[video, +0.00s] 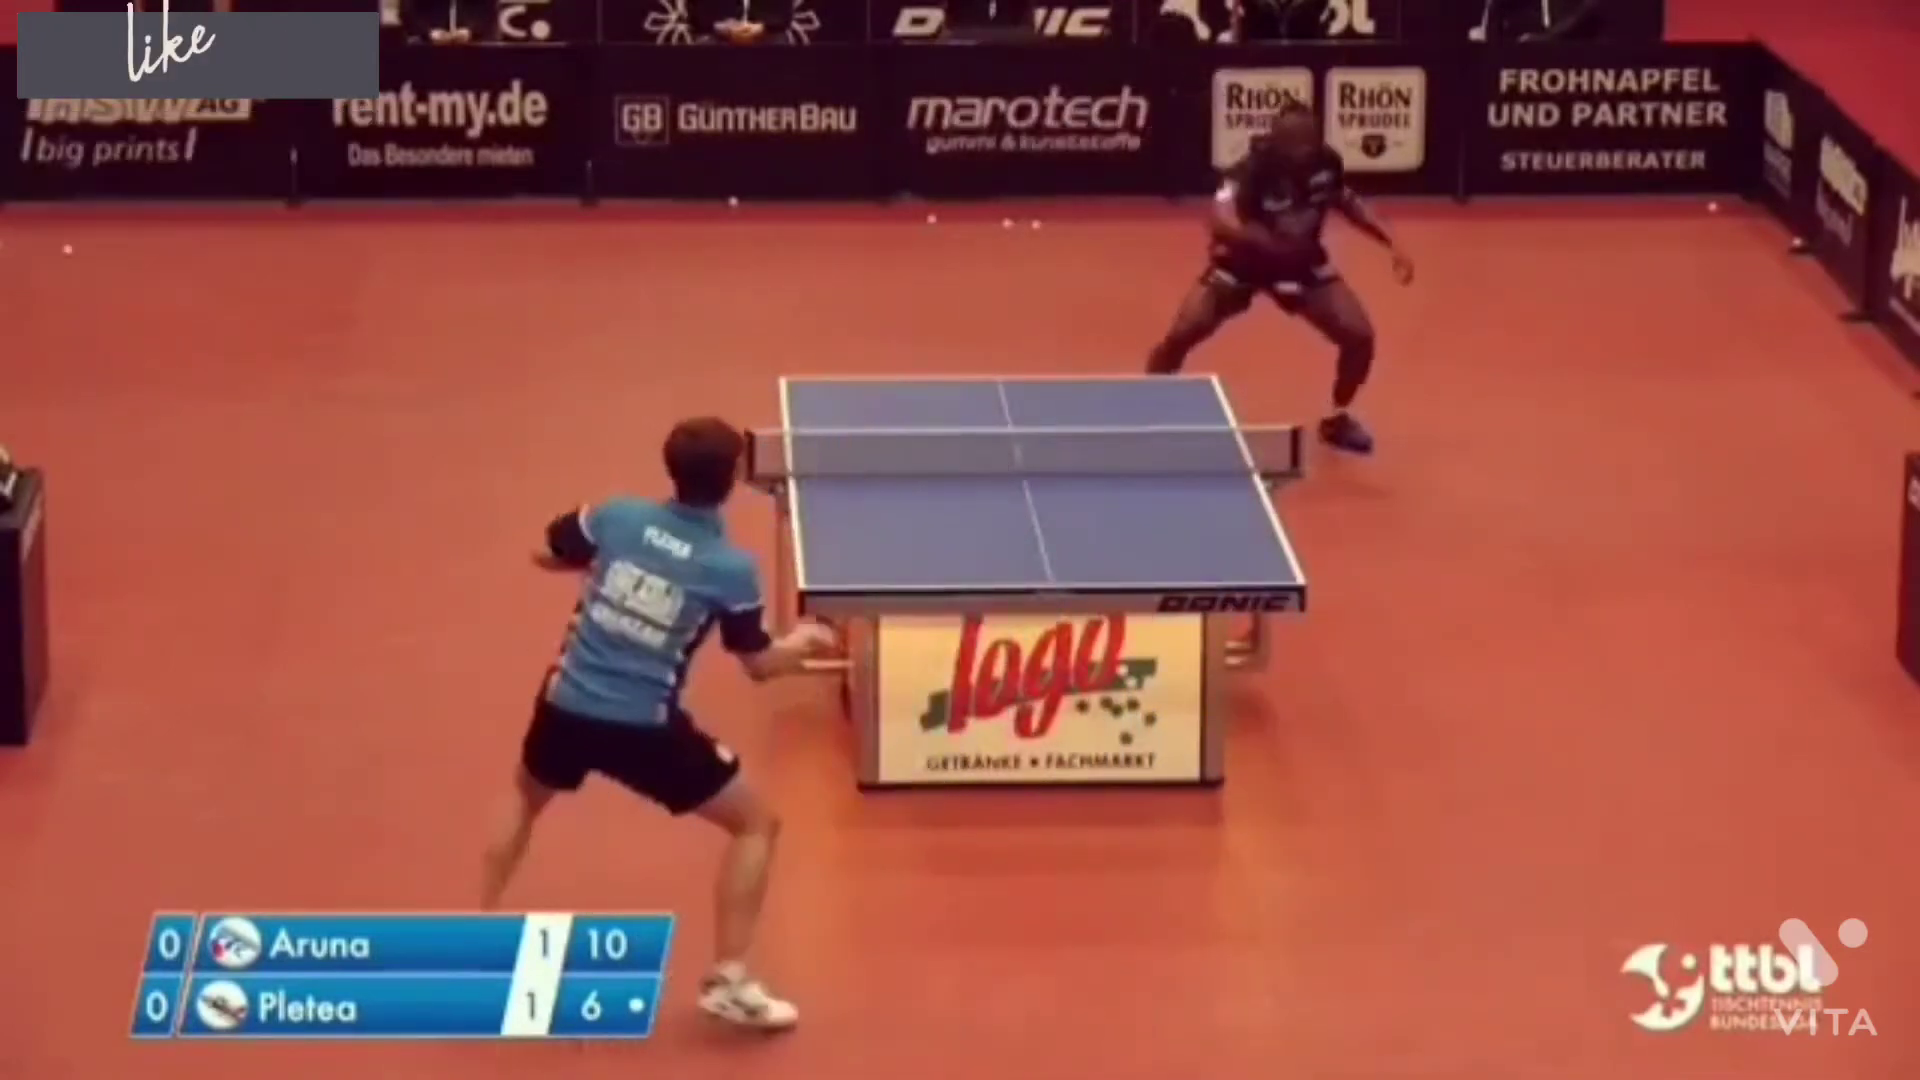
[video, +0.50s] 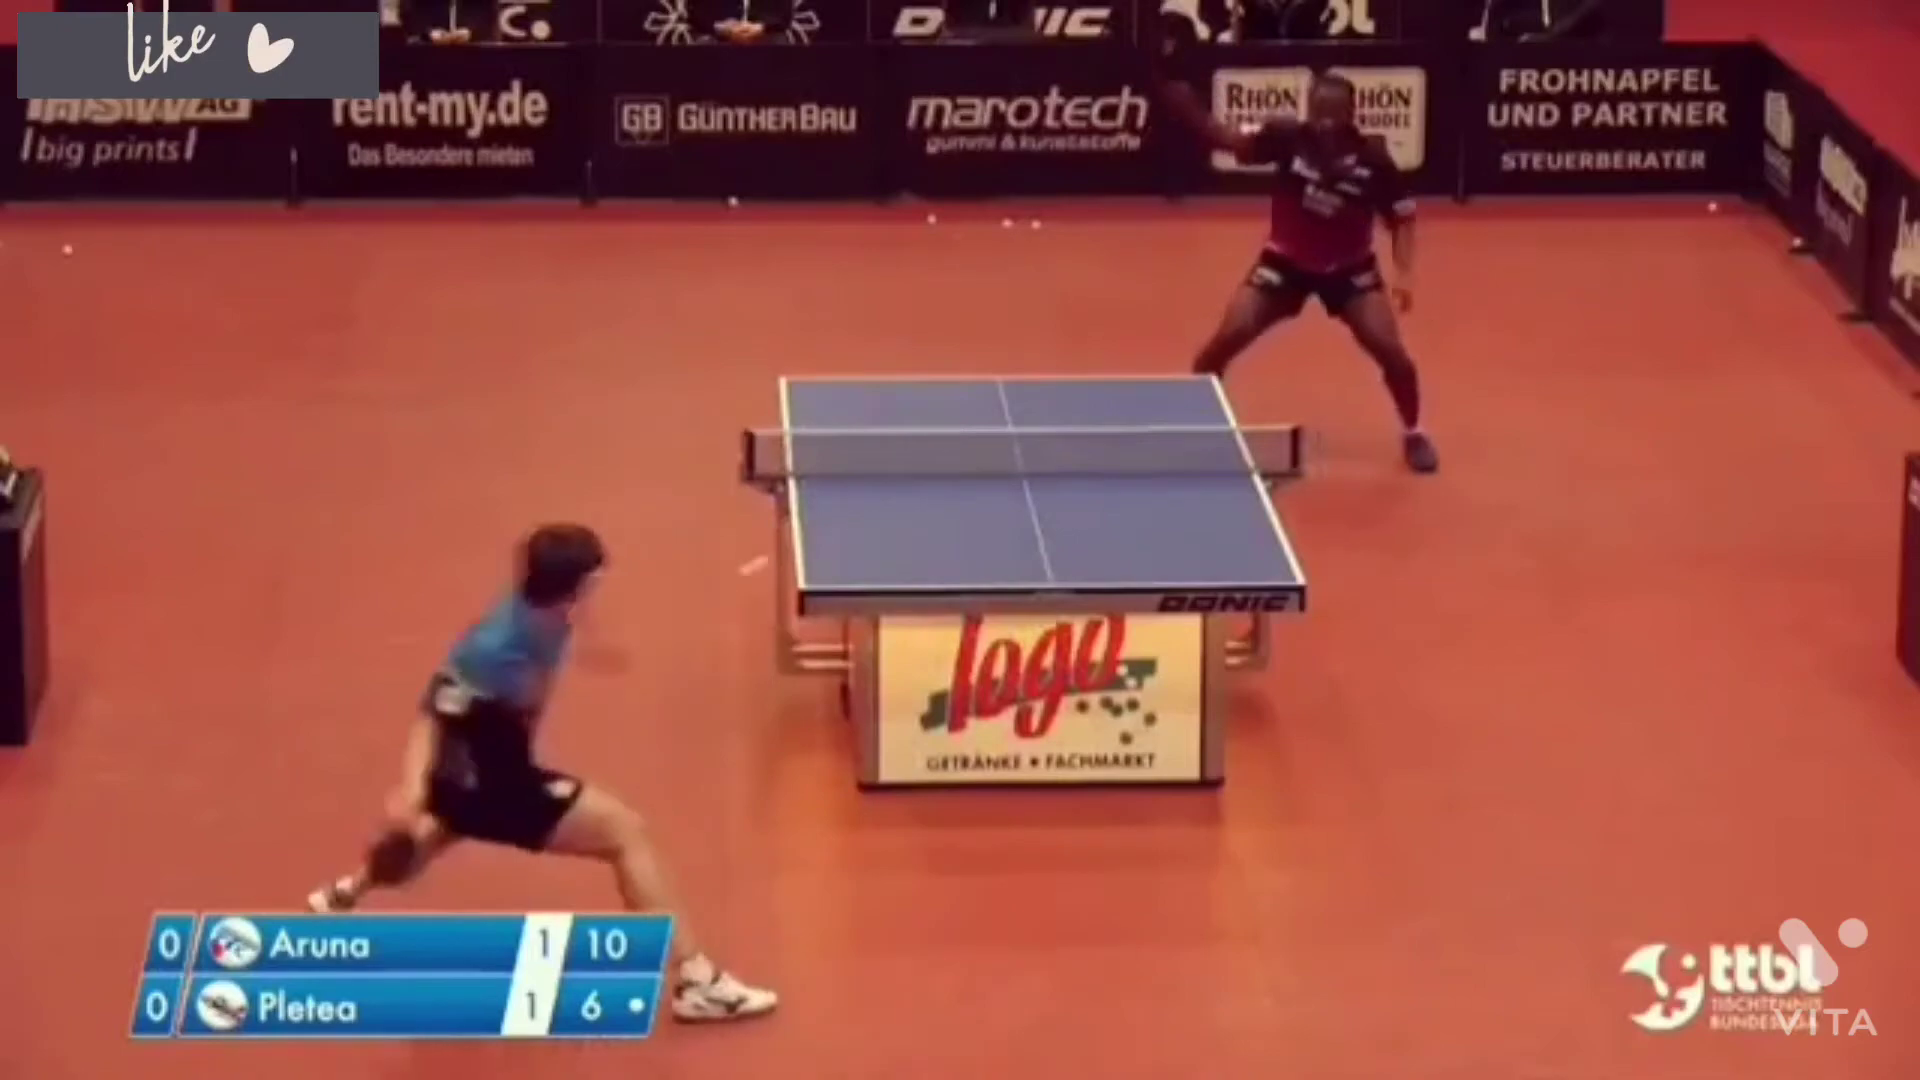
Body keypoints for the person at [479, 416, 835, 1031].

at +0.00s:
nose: (739, 474)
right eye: (736, 467)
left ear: (671, 471)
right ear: (731, 479)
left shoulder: (620, 517)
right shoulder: (732, 569)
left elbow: (555, 547)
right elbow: (759, 664)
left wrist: (611, 567)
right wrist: (802, 641)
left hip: (564, 712)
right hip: (642, 730)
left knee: (524, 801)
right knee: (756, 824)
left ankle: (478, 928)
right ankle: (731, 977)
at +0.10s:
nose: (741, 480)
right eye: (740, 472)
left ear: (675, 478)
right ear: (734, 486)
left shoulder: (625, 519)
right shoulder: (733, 576)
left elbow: (561, 548)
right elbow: (754, 673)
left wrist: (610, 567)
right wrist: (806, 656)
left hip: (556, 712)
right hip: (633, 733)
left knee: (521, 802)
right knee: (751, 821)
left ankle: (454, 918)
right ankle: (716, 971)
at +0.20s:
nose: (748, 521)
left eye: (743, 509)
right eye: (745, 514)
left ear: (684, 513)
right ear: (737, 531)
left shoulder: (648, 549)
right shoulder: (706, 621)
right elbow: (716, 727)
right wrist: (783, 763)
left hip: (536, 727)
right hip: (599, 755)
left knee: (495, 825)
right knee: (723, 831)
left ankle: (395, 912)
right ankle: (703, 981)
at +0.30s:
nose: (735, 555)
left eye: (731, 545)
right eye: (732, 549)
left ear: (673, 545)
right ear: (720, 563)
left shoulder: (653, 575)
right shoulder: (671, 647)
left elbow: (714, 599)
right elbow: (645, 756)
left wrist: (779, 626)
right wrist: (707, 818)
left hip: (513, 731)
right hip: (564, 766)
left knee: (490, 834)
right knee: (702, 829)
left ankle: (370, 906)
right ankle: (704, 980)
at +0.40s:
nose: (676, 579)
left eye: (672, 574)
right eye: (669, 576)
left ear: (617, 572)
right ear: (652, 592)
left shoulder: (619, 593)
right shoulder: (577, 657)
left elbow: (686, 598)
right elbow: (509, 742)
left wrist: (761, 622)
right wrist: (507, 843)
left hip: (485, 745)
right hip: (523, 772)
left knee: (467, 834)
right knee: (665, 822)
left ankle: (340, 883)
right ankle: (697, 979)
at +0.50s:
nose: (592, 590)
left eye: (591, 580)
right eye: (589, 581)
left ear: (541, 579)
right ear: (570, 591)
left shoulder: (546, 621)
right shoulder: (497, 643)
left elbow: (556, 658)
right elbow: (431, 714)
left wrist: (594, 659)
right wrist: (412, 795)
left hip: (466, 776)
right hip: (493, 791)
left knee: (422, 840)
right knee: (624, 831)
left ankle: (341, 896)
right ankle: (694, 978)